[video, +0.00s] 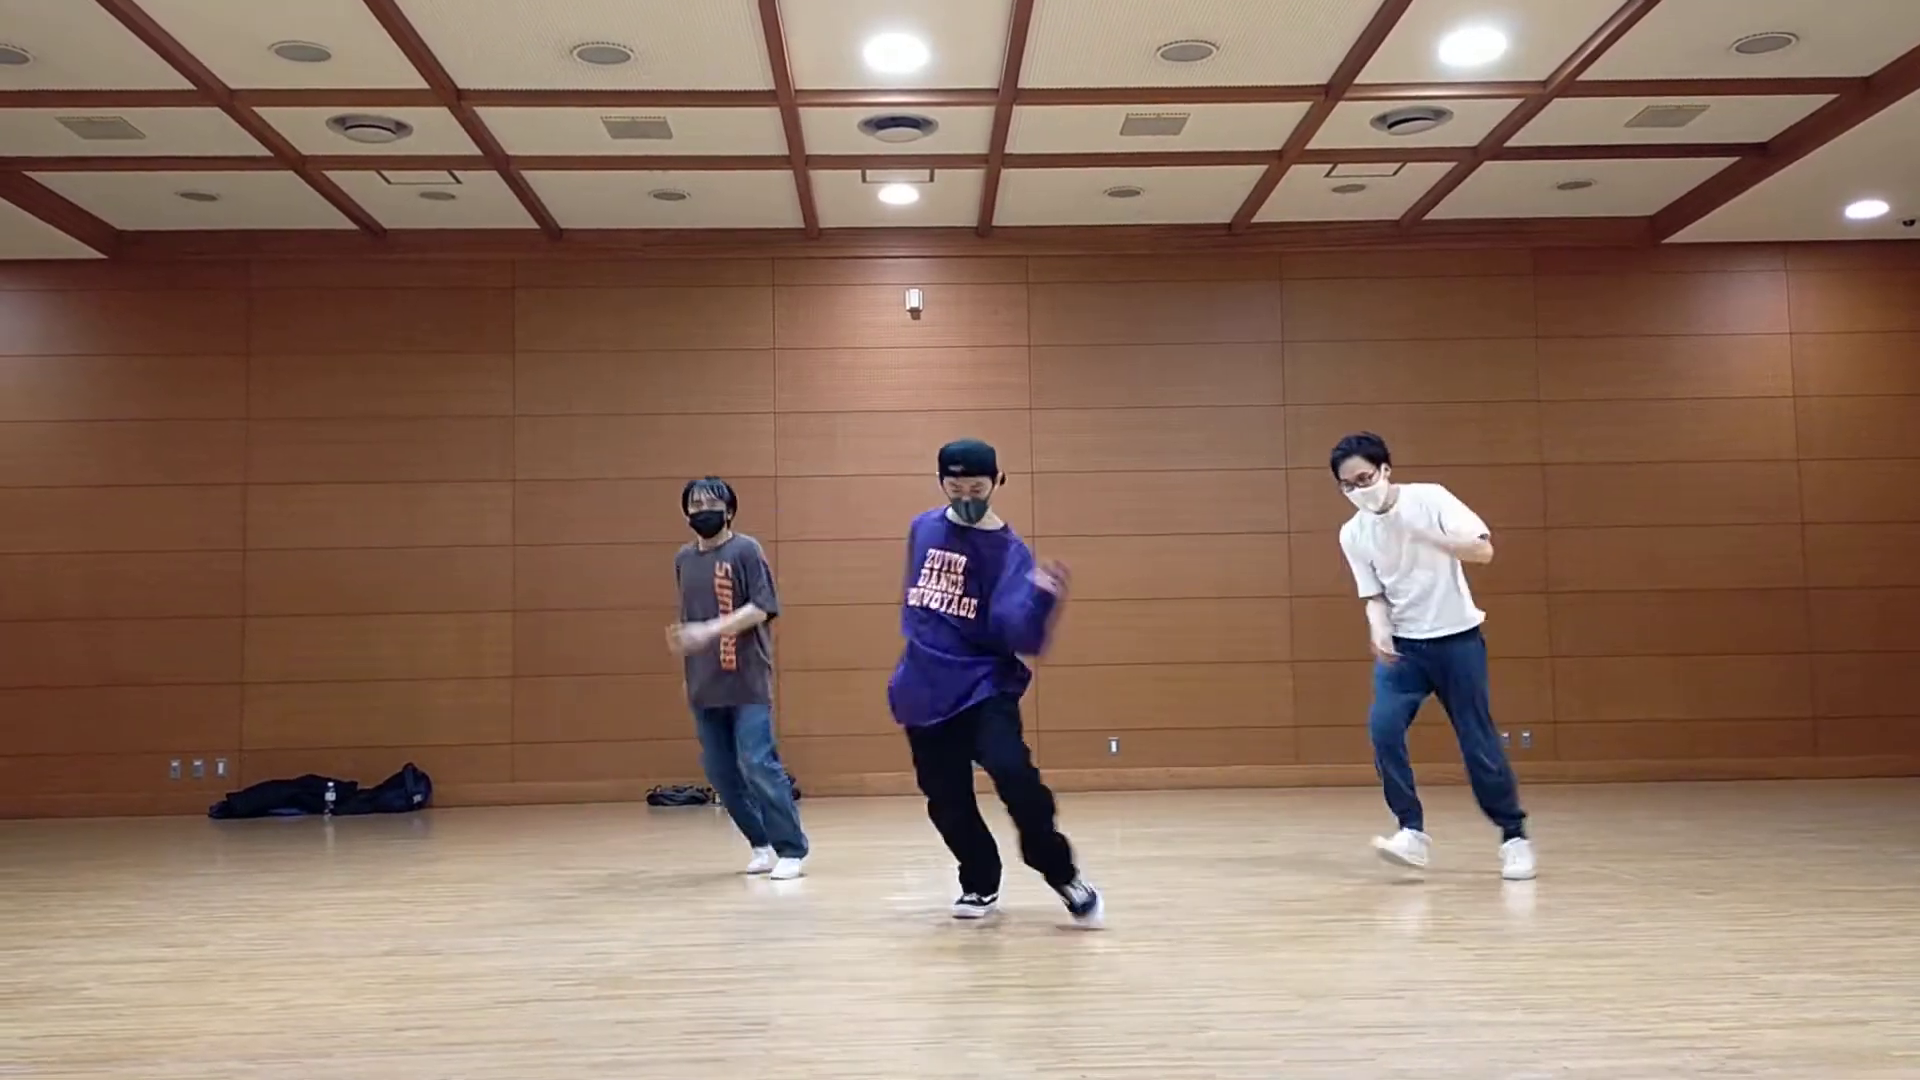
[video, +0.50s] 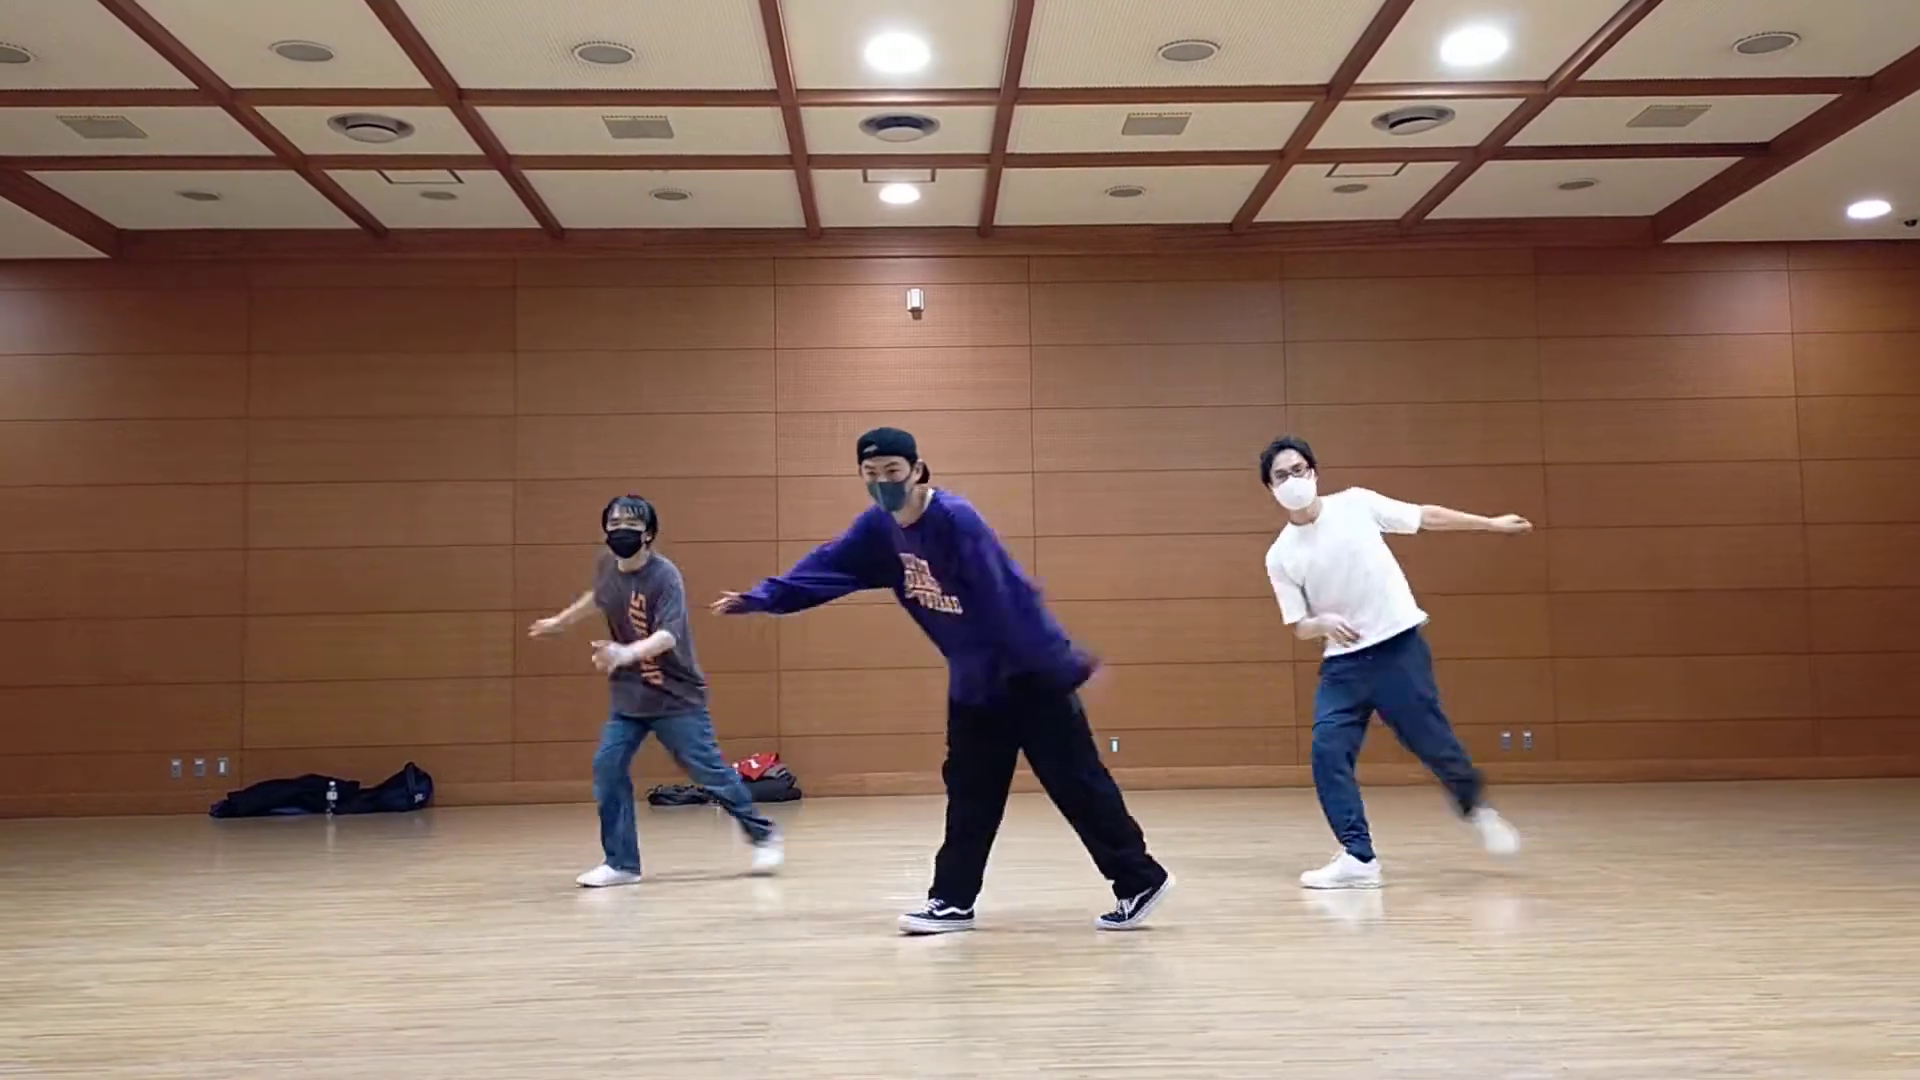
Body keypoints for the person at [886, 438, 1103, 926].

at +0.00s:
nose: (967, 495)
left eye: (978, 485)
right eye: (957, 485)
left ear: (994, 485)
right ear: (942, 485)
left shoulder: (1009, 552)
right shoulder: (923, 529)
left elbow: (1019, 637)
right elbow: (916, 604)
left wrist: (1041, 596)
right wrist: (912, 669)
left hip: (983, 687)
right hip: (925, 688)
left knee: (1014, 773)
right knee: (946, 800)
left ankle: (1060, 873)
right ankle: (980, 881)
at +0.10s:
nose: (955, 472)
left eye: (965, 461)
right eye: (945, 464)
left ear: (987, 463)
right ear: (936, 470)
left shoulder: (1014, 525)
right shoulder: (942, 524)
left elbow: (986, 592)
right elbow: (944, 604)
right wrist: (935, 669)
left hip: (1002, 677)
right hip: (946, 677)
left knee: (1028, 788)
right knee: (945, 793)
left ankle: (1083, 886)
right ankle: (985, 873)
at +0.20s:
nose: (938, 465)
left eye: (946, 453)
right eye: (927, 458)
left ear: (971, 451)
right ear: (919, 464)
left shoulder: (1003, 501)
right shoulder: (941, 511)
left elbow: (968, 560)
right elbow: (948, 596)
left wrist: (878, 543)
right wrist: (910, 653)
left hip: (1023, 655)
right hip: (970, 660)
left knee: (1031, 772)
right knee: (935, 768)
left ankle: (1117, 879)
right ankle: (985, 865)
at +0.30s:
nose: (919, 468)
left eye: (929, 456)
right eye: (909, 460)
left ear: (954, 454)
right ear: (901, 467)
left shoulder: (986, 502)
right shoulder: (932, 516)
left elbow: (948, 570)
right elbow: (924, 577)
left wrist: (863, 615)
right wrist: (881, 621)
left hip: (1038, 656)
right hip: (989, 664)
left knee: (1063, 772)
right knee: (954, 763)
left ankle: (1145, 883)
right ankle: (953, 896)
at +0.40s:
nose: (901, 475)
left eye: (911, 463)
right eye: (891, 467)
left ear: (937, 464)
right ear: (885, 473)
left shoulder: (969, 514)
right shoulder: (909, 524)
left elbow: (971, 602)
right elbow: (868, 572)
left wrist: (946, 682)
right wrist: (800, 599)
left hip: (1043, 658)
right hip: (995, 671)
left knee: (1085, 772)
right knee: (983, 785)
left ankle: (1146, 884)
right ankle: (950, 900)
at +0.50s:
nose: (882, 482)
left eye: (891, 471)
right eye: (872, 475)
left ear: (917, 470)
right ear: (865, 480)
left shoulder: (954, 520)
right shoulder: (878, 530)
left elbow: (1005, 597)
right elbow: (826, 569)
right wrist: (761, 598)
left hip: (1026, 669)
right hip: (973, 677)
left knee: (1076, 779)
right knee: (971, 787)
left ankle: (1140, 879)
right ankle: (953, 900)